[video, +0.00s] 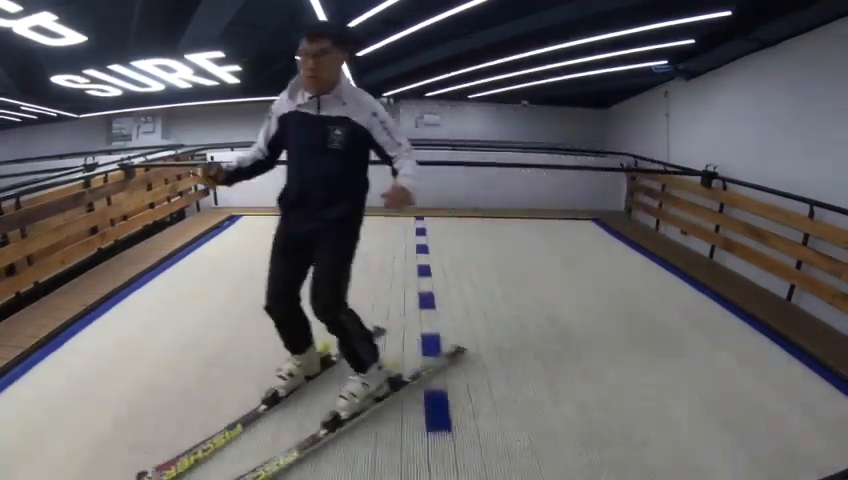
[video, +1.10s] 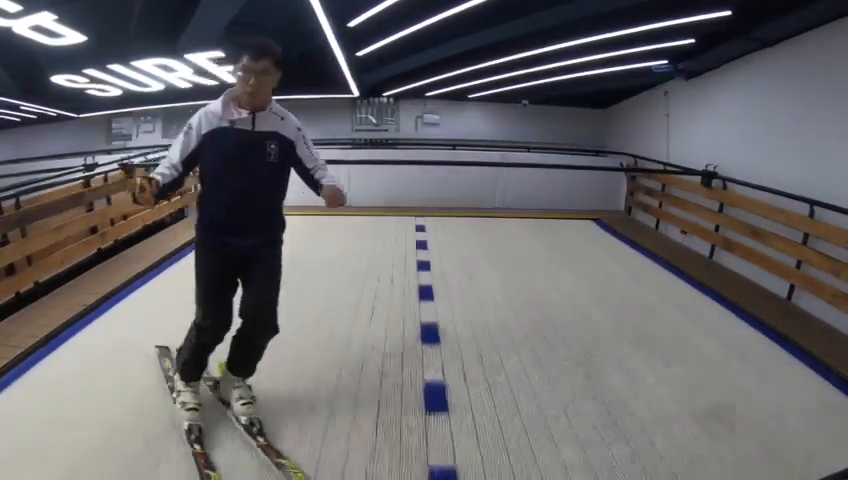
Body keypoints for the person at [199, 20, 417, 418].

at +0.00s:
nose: (310, 64)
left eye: (321, 56)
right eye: (304, 56)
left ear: (342, 59)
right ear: (298, 59)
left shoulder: (362, 108)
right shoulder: (286, 105)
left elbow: (402, 153)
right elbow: (263, 155)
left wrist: (403, 184)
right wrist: (225, 174)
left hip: (339, 221)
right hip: (294, 218)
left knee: (326, 303)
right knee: (279, 301)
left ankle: (369, 371)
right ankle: (305, 357)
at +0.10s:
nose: (270, 67)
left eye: (280, 58)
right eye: (265, 59)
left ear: (302, 62)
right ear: (259, 63)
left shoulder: (324, 107)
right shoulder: (251, 109)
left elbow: (369, 153)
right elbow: (230, 158)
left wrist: (366, 184)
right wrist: (191, 175)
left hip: (307, 220)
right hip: (262, 217)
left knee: (287, 302)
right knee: (246, 300)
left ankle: (317, 364)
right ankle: (267, 350)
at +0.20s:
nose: (238, 71)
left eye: (248, 62)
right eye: (234, 63)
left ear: (270, 66)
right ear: (229, 67)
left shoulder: (294, 111)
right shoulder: (221, 115)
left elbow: (336, 154)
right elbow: (201, 161)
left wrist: (330, 188)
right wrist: (163, 178)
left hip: (277, 223)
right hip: (234, 221)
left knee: (255, 301)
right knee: (216, 300)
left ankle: (268, 355)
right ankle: (231, 345)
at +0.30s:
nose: (214, 78)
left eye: (223, 69)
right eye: (210, 69)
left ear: (245, 71)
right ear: (206, 72)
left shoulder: (268, 115)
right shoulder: (197, 116)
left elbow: (308, 161)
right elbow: (178, 162)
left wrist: (295, 193)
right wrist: (142, 184)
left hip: (252, 226)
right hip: (208, 223)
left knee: (229, 303)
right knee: (192, 300)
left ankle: (229, 356)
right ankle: (199, 345)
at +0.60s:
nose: (183, 92)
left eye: (194, 84)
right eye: (180, 82)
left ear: (214, 87)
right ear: (174, 83)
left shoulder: (232, 131)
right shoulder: (155, 126)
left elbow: (264, 175)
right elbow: (128, 172)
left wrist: (260, 201)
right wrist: (96, 188)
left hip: (209, 239)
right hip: (164, 235)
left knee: (188, 308)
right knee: (149, 307)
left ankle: (179, 366)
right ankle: (142, 358)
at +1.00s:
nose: (225, 86)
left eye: (236, 78)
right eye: (219, 76)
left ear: (252, 83)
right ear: (210, 75)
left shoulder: (264, 128)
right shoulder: (185, 120)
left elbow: (295, 171)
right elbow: (151, 165)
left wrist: (307, 194)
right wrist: (130, 185)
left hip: (240, 243)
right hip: (191, 240)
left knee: (235, 323)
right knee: (187, 320)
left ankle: (210, 375)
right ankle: (165, 374)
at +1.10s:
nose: (251, 82)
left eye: (262, 75)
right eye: (246, 72)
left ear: (276, 82)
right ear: (235, 73)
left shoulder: (285, 125)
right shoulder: (208, 118)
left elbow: (313, 168)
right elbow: (174, 163)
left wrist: (329, 188)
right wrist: (155, 184)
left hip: (264, 241)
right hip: (215, 239)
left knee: (262, 323)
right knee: (214, 321)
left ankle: (235, 377)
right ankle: (186, 377)